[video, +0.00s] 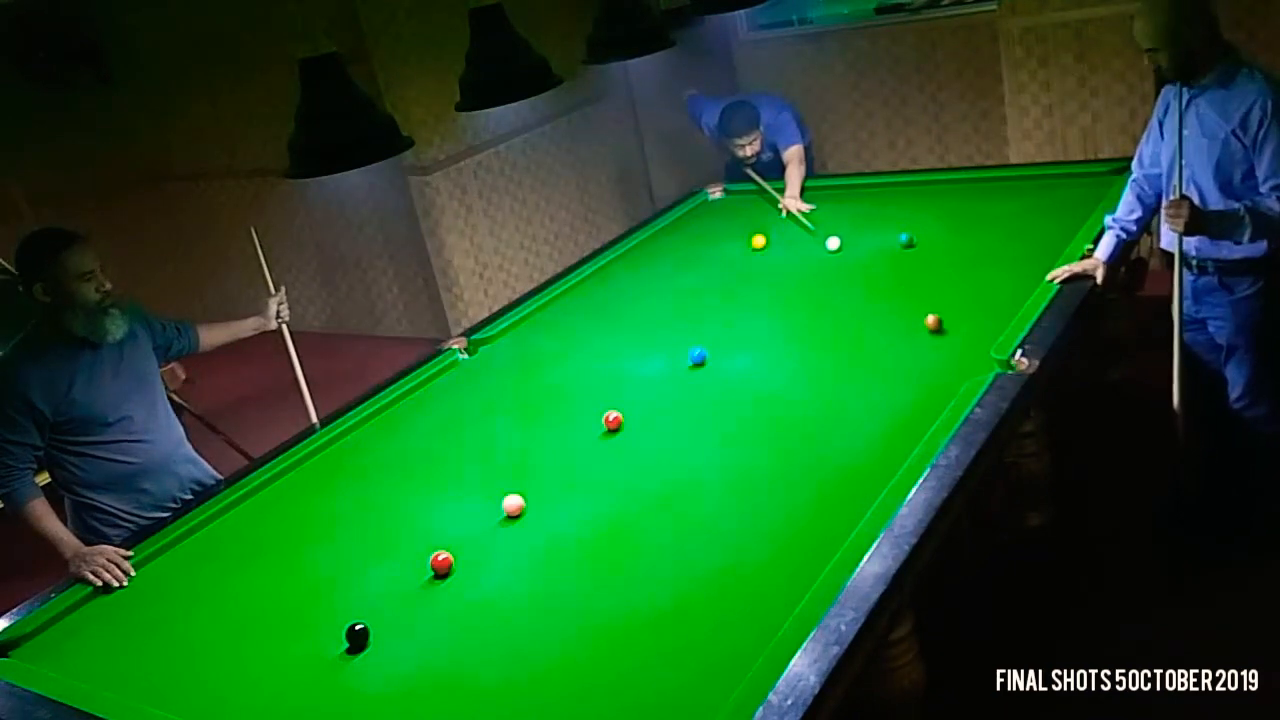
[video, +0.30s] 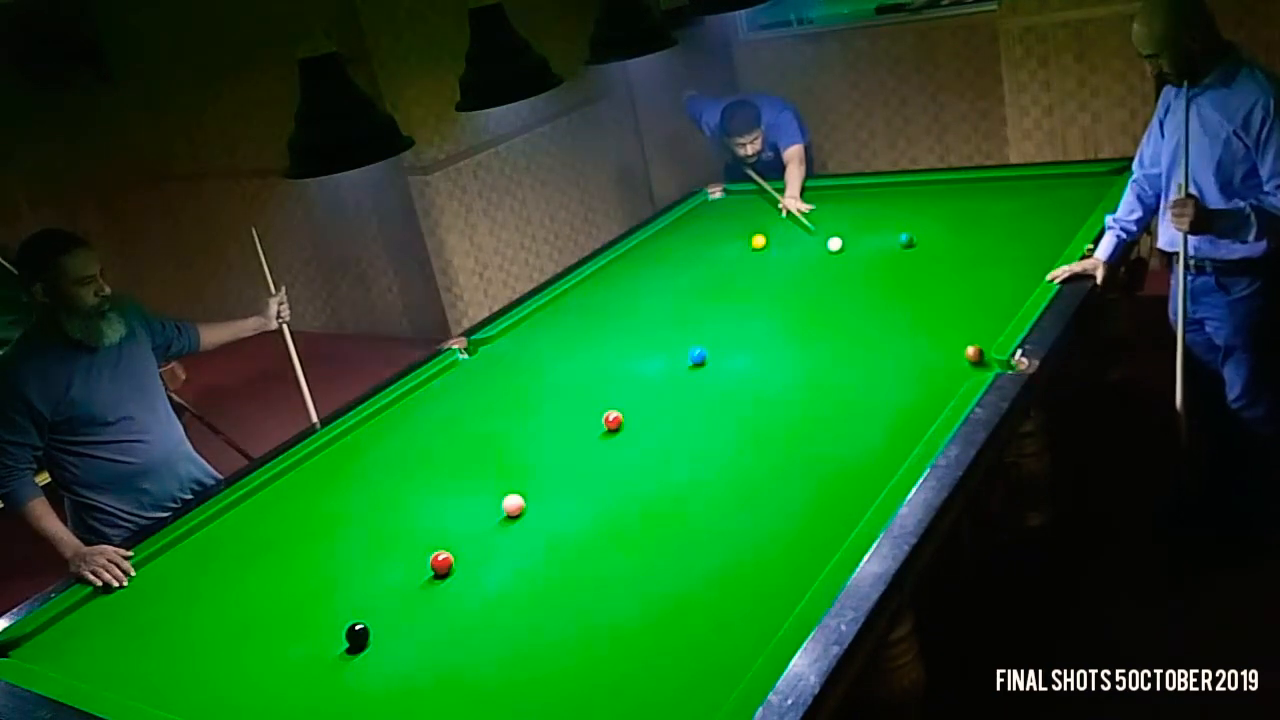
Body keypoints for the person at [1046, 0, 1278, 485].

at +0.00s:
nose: (1151, 63)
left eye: (1157, 52)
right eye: (1146, 52)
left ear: (1193, 39)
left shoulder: (1258, 101)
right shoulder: (1173, 96)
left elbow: (1277, 213)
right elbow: (1145, 179)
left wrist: (1209, 221)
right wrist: (1104, 254)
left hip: (1245, 284)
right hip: (1187, 279)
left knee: (1248, 407)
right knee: (1199, 405)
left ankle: (1258, 520)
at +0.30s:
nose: (1152, 70)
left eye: (1157, 56)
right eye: (1145, 58)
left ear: (1192, 39)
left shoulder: (1260, 100)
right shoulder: (1174, 97)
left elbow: (1277, 212)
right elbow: (1145, 180)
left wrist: (1213, 220)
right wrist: (1104, 254)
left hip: (1242, 285)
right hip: (1185, 279)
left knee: (1248, 410)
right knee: (1199, 409)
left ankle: (1257, 525)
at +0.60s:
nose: (1151, 68)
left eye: (1157, 55)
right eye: (1145, 56)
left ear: (1193, 39)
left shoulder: (1260, 100)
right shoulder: (1172, 97)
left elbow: (1277, 212)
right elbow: (1145, 181)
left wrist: (1215, 219)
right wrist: (1104, 253)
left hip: (1242, 284)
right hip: (1184, 278)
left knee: (1248, 410)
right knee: (1198, 407)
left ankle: (1257, 522)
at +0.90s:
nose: (1139, 60)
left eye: (1147, 49)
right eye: (1136, 49)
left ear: (1185, 41)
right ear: (1173, 44)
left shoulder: (1256, 101)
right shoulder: (1169, 98)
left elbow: (1276, 209)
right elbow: (1144, 182)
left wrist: (1216, 222)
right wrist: (1104, 254)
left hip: (1242, 286)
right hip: (1185, 282)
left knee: (1247, 410)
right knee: (1196, 408)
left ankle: (1256, 527)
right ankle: (1203, 520)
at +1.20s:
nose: (1130, 69)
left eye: (1138, 58)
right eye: (1127, 57)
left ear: (1177, 46)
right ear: (1167, 51)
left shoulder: (1248, 103)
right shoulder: (1159, 103)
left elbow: (1274, 209)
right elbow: (1139, 185)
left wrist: (1216, 249)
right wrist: (1105, 249)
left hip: (1241, 296)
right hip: (1186, 293)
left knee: (1241, 414)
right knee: (1197, 414)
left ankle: (1249, 525)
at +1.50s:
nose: (1142, 99)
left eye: (1150, 87)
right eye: (1133, 88)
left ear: (1182, 68)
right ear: (1129, 75)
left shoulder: (1239, 123)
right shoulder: (1144, 119)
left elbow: (1272, 225)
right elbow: (1123, 193)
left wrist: (1220, 275)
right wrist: (1097, 242)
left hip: (1232, 305)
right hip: (1178, 301)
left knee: (1227, 422)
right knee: (1185, 416)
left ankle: (1235, 535)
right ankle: (1191, 523)